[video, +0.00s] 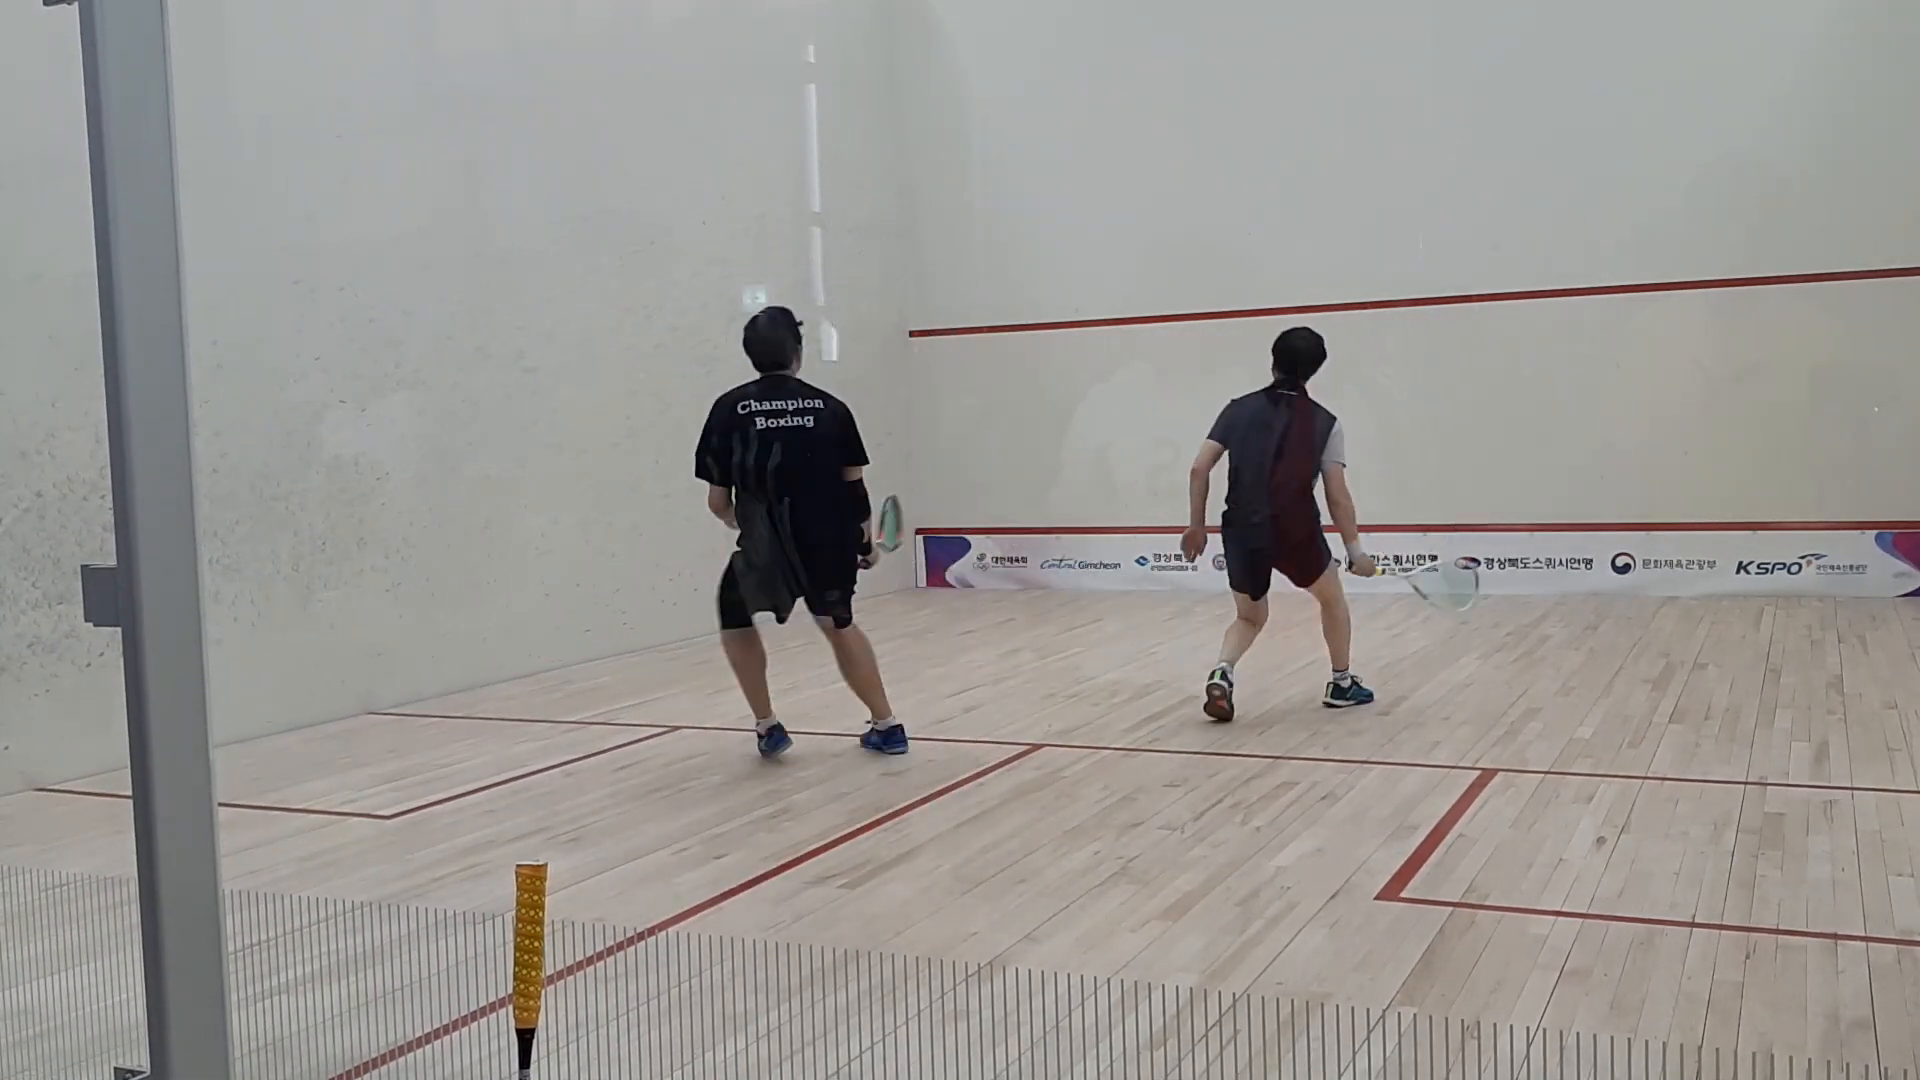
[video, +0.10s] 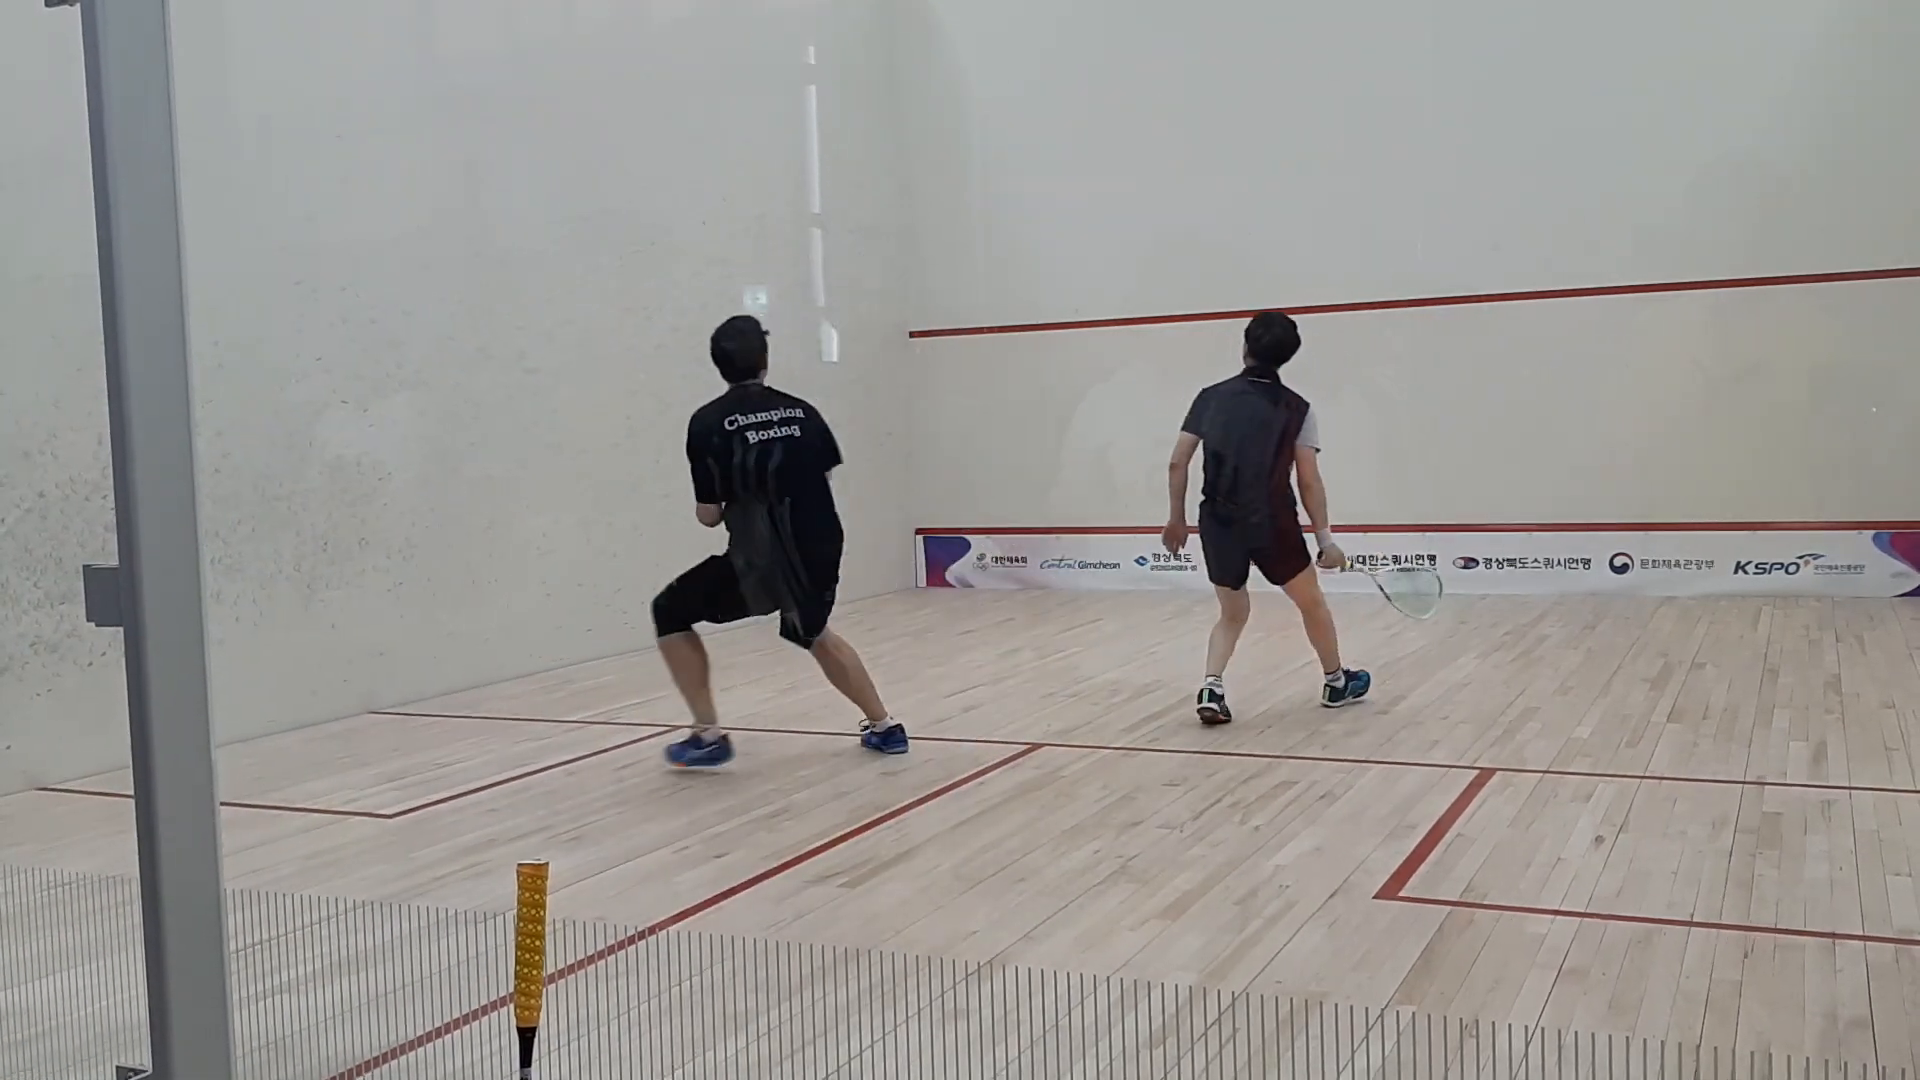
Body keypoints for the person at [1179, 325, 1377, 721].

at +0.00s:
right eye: (1317, 364)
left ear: (1274, 361)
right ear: (1314, 368)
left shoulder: (1238, 409)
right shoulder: (1324, 422)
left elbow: (1199, 468)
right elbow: (1336, 494)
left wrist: (1196, 526)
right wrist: (1355, 551)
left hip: (1240, 533)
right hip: (1296, 534)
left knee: (1249, 617)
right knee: (1331, 598)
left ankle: (1222, 673)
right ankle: (1342, 681)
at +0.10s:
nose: (1242, 344)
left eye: (1245, 339)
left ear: (1246, 347)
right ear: (1288, 355)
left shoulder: (1211, 398)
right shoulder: (1297, 409)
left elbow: (1178, 462)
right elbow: (1309, 481)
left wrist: (1177, 519)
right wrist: (1326, 540)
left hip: (1218, 526)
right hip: (1272, 527)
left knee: (1232, 614)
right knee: (1312, 602)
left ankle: (1211, 688)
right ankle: (1336, 679)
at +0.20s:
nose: (1214, 332)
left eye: (1217, 328)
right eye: (1218, 326)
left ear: (1219, 340)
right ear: (1259, 347)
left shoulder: (1184, 392)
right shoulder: (1272, 401)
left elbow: (1154, 460)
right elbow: (1288, 475)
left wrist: (1150, 514)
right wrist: (1307, 533)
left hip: (1197, 522)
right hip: (1253, 520)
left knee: (1216, 610)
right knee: (1295, 594)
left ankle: (1207, 695)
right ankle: (1306, 685)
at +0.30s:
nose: (1188, 320)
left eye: (1192, 318)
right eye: (1192, 315)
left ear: (1198, 331)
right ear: (1233, 335)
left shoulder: (1162, 383)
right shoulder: (1254, 388)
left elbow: (1137, 453)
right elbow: (1271, 462)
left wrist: (1129, 508)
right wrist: (1290, 516)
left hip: (1182, 514)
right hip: (1235, 512)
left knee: (1205, 607)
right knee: (1266, 598)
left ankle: (1207, 699)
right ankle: (1251, 678)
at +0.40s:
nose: (1166, 305)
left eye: (1171, 301)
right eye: (1170, 298)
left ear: (1180, 316)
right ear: (1211, 319)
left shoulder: (1147, 369)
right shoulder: (1234, 371)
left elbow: (1130, 442)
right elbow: (1254, 443)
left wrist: (1116, 500)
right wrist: (1270, 497)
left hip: (1163, 504)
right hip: (1215, 503)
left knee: (1183, 606)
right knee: (1220, 608)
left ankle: (1203, 699)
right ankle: (1205, 686)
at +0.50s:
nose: (1143, 310)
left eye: (1149, 307)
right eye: (1148, 303)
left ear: (1160, 321)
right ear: (1189, 325)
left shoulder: (1131, 375)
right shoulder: (1214, 376)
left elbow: (1117, 451)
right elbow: (1234, 444)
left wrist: (1100, 509)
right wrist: (1247, 495)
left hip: (1143, 512)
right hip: (1196, 513)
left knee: (1154, 605)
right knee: (1193, 621)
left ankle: (1165, 699)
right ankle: (1185, 708)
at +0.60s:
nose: (1118, 319)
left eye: (1125, 315)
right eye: (1124, 312)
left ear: (1138, 329)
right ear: (1164, 333)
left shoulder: (1109, 385)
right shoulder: (1193, 384)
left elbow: (1094, 464)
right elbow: (1213, 456)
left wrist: (1074, 523)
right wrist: (1226, 509)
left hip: (1127, 523)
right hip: (1183, 523)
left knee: (1112, 610)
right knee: (1181, 628)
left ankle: (1107, 703)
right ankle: (1181, 719)